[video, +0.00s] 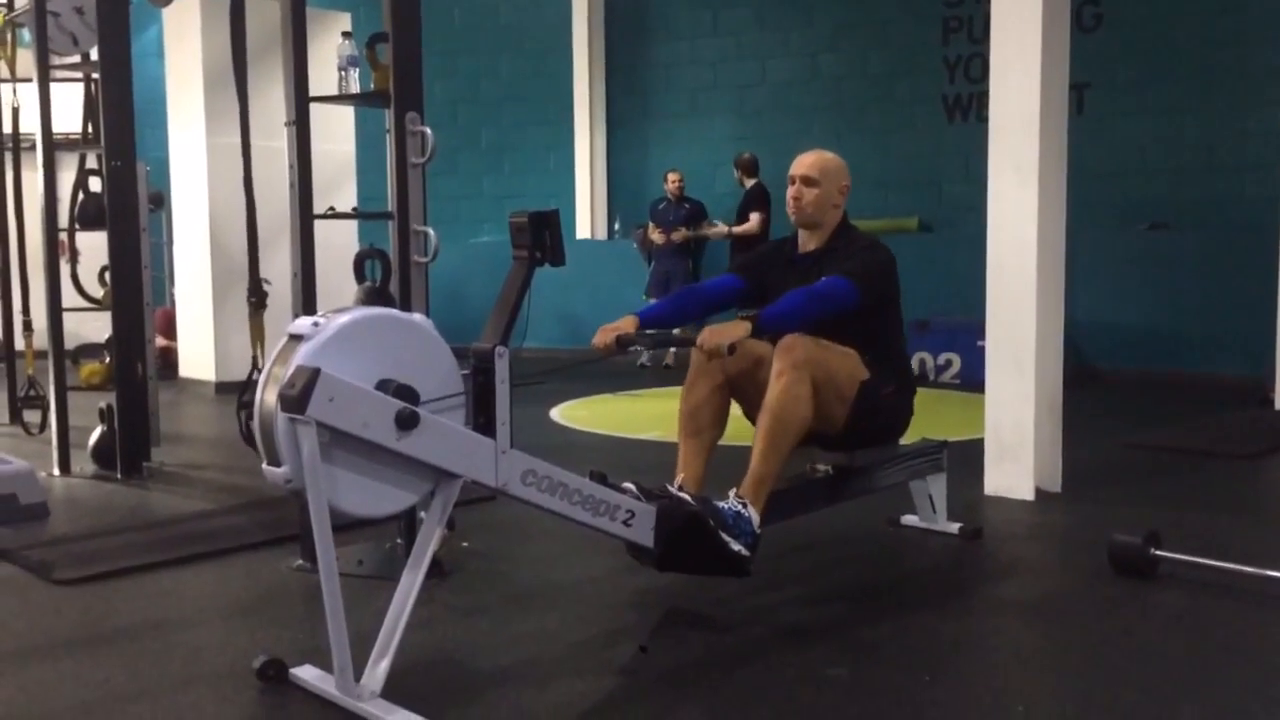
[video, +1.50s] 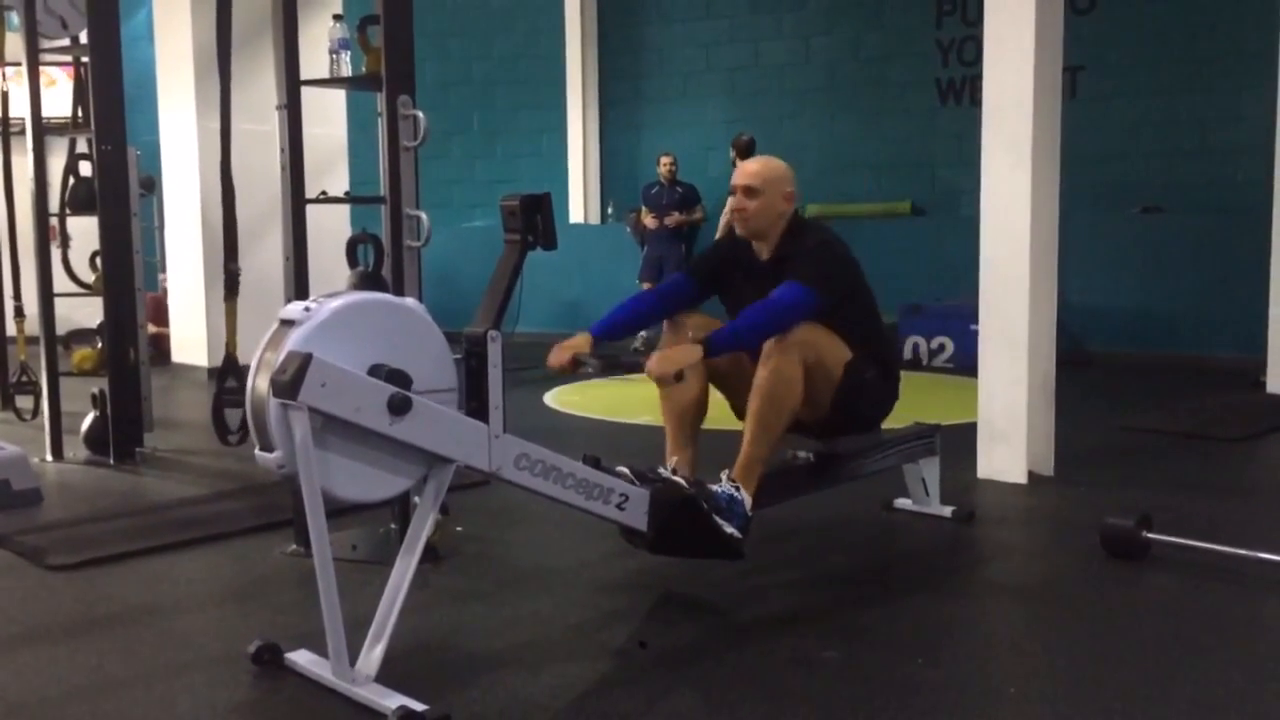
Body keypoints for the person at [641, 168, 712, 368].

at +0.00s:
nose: (678, 185)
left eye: (680, 181)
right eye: (673, 182)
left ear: (684, 183)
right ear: (666, 185)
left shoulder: (695, 206)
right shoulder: (656, 206)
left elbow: (705, 231)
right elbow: (651, 229)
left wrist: (688, 234)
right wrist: (654, 236)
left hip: (683, 263)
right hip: (660, 263)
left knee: (679, 308)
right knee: (654, 306)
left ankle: (673, 351)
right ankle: (648, 350)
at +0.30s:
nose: (675, 175)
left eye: (678, 172)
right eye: (671, 172)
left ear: (681, 174)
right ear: (663, 175)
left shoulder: (692, 196)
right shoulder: (654, 196)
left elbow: (702, 222)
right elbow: (648, 220)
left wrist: (685, 225)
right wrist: (651, 226)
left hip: (680, 252)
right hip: (658, 251)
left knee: (677, 294)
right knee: (652, 294)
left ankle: (671, 338)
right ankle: (647, 338)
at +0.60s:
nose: (673, 170)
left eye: (675, 166)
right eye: (669, 167)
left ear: (679, 168)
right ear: (661, 170)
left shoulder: (690, 191)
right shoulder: (652, 191)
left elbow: (700, 213)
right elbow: (646, 216)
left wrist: (682, 219)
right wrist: (650, 221)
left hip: (677, 247)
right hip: (656, 246)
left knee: (674, 291)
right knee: (650, 290)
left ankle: (669, 336)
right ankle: (645, 334)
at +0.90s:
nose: (670, 165)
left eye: (672, 161)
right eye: (666, 162)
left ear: (676, 164)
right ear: (658, 165)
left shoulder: (688, 186)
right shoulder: (649, 186)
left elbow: (696, 214)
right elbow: (644, 211)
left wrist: (681, 216)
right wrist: (648, 217)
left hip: (675, 242)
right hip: (653, 242)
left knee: (671, 285)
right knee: (647, 285)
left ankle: (666, 331)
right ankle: (642, 329)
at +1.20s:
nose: (670, 167)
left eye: (673, 163)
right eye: (666, 164)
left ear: (676, 165)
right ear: (659, 167)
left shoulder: (688, 188)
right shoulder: (649, 188)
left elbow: (700, 212)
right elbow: (644, 213)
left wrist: (681, 217)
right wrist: (648, 218)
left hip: (675, 245)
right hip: (653, 244)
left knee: (672, 288)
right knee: (648, 288)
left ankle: (667, 333)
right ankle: (642, 332)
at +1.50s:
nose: (669, 168)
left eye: (672, 165)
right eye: (665, 165)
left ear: (676, 168)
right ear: (658, 168)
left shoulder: (688, 190)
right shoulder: (649, 190)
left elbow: (700, 214)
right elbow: (644, 213)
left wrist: (682, 219)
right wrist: (647, 220)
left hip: (676, 247)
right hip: (653, 247)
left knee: (673, 290)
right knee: (647, 287)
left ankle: (670, 335)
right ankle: (644, 333)